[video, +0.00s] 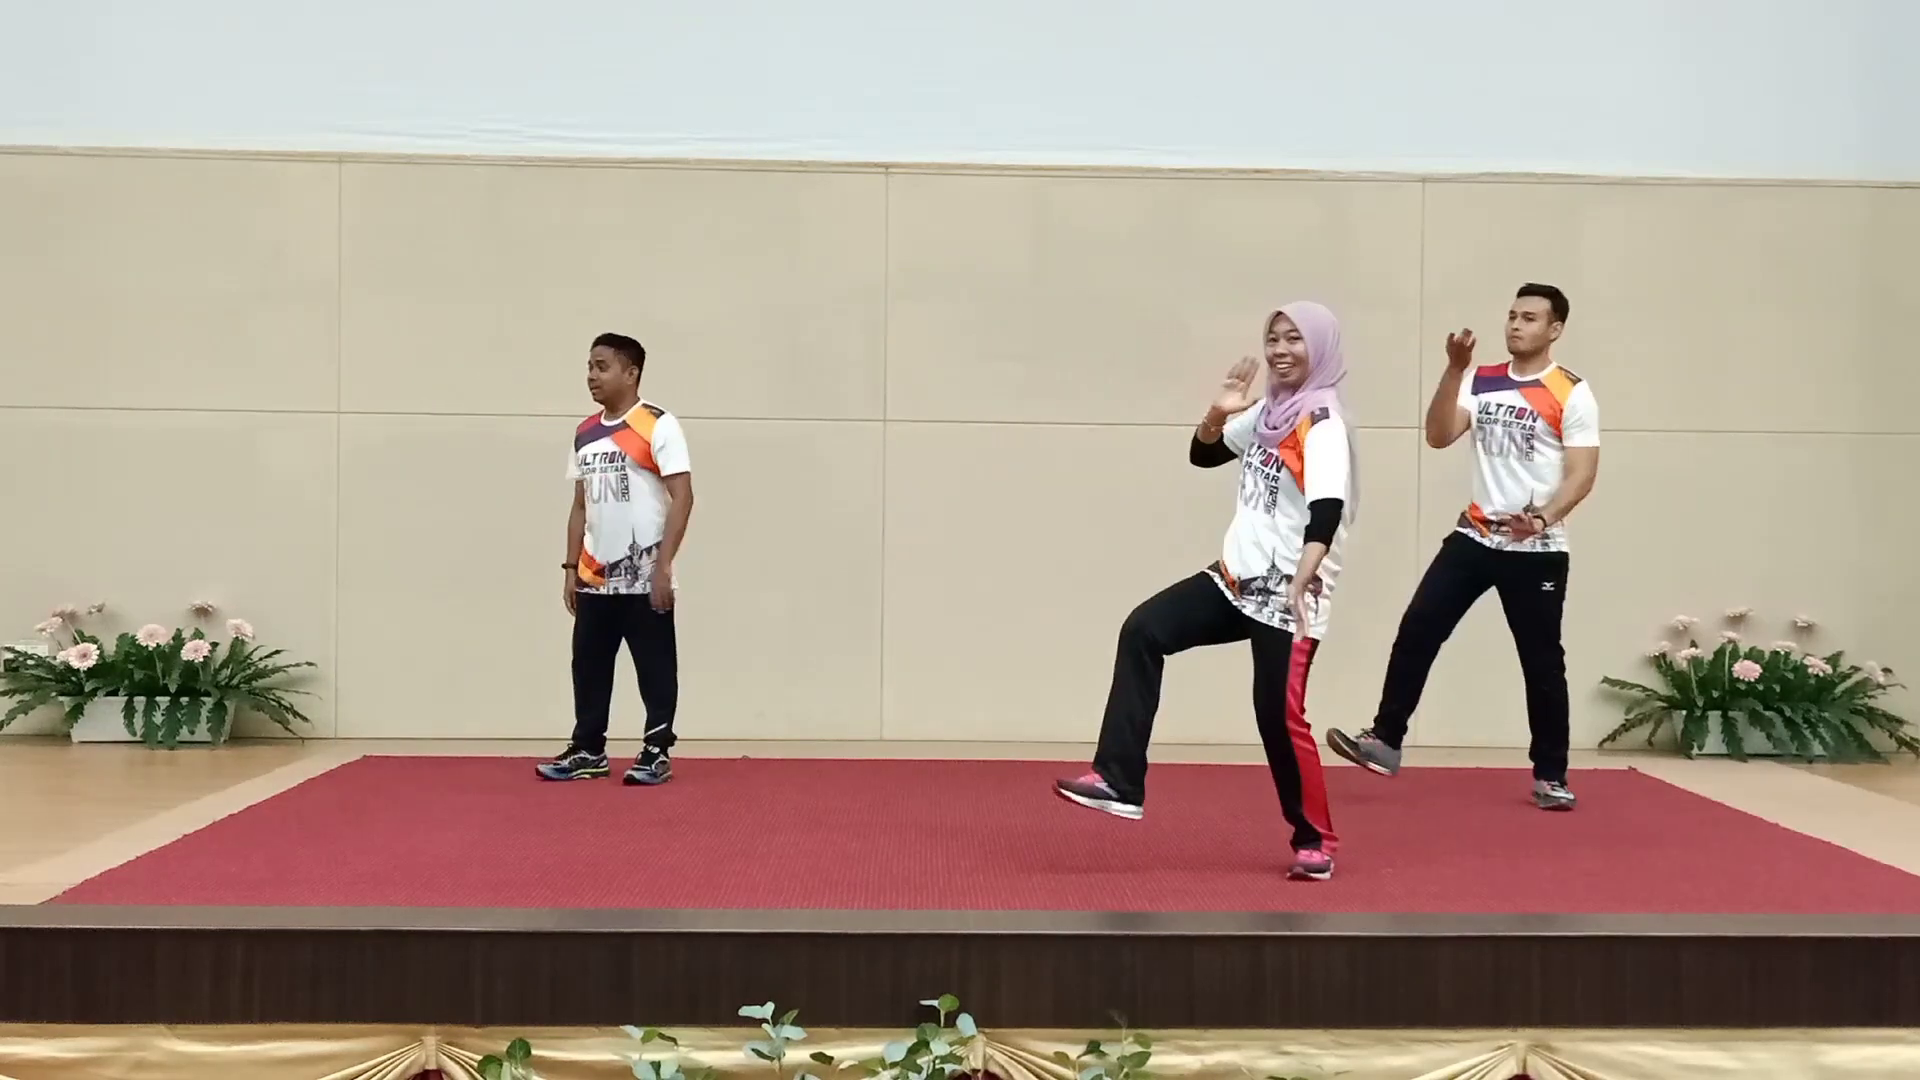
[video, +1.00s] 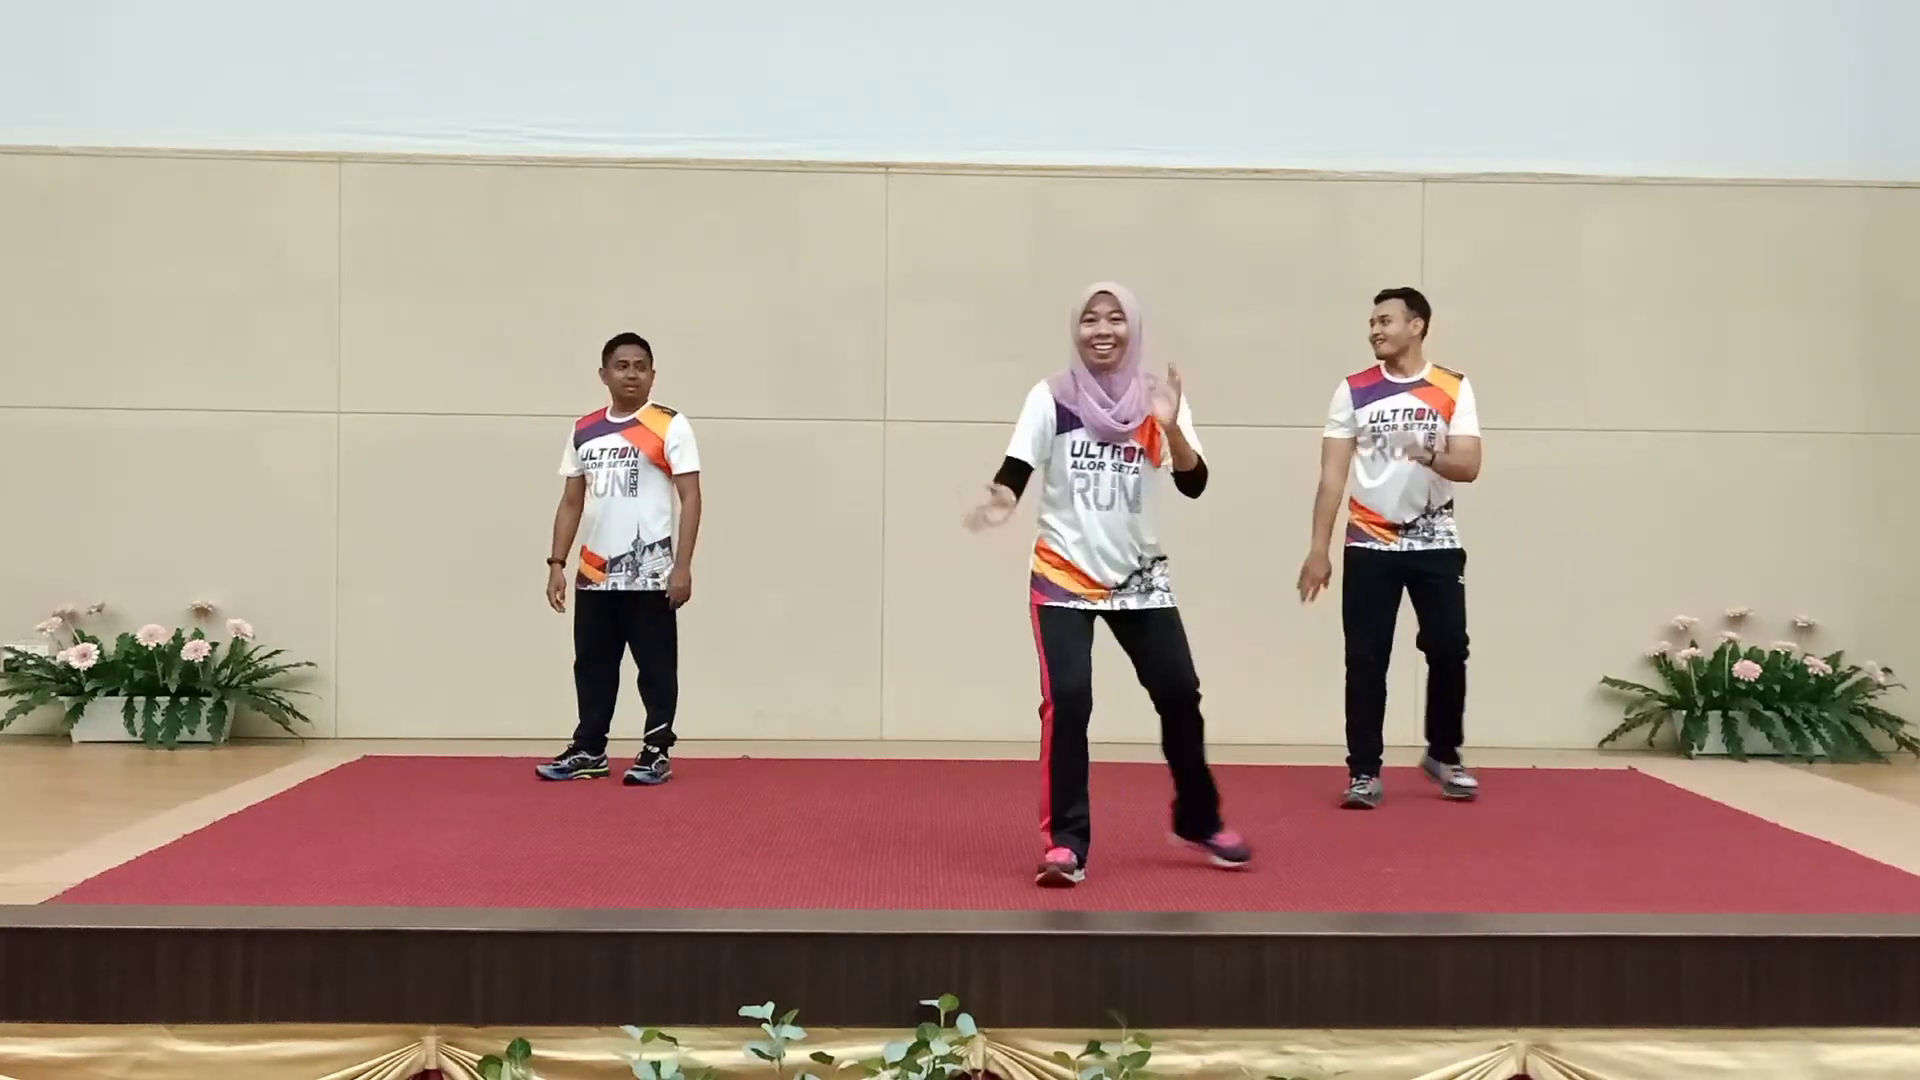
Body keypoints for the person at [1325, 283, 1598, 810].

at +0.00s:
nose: (1515, 325)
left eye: (1528, 319)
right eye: (1512, 317)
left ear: (1555, 330)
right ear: (1507, 324)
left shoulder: (1571, 395)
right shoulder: (1481, 380)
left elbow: (1581, 476)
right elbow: (1437, 436)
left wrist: (1543, 516)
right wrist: (1453, 371)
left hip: (1537, 551)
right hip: (1476, 538)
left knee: (1543, 665)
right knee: (1418, 629)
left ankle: (1550, 777)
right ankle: (1385, 741)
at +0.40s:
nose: (1507, 330)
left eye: (1519, 321)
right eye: (1504, 321)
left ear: (1549, 330)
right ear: (1501, 329)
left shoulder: (1571, 397)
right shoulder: (1485, 386)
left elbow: (1577, 477)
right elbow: (1440, 449)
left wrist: (1533, 471)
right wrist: (1465, 396)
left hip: (1531, 548)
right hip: (1469, 537)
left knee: (1538, 665)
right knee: (1418, 627)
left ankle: (1549, 778)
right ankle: (1397, 745)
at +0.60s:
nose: (1469, 330)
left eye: (1480, 322)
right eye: (1466, 323)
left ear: (1512, 329)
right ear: (1466, 330)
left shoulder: (1540, 391)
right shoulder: (1446, 388)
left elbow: (1550, 467)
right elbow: (1405, 461)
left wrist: (1516, 416)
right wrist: (1428, 432)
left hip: (1512, 547)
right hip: (1447, 541)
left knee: (1529, 664)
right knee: (1403, 640)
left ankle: (1548, 777)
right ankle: (1368, 753)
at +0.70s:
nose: (1453, 335)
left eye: (1466, 326)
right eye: (1450, 327)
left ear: (1497, 333)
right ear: (1448, 335)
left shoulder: (1524, 393)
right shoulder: (1427, 394)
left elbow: (1535, 469)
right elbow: (1393, 469)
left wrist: (1506, 411)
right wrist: (1412, 460)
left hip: (1501, 552)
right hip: (1434, 550)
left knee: (1523, 664)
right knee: (1400, 654)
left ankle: (1548, 777)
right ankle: (1371, 769)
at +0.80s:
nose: (1416, 335)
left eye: (1428, 327)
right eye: (1414, 327)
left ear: (1459, 334)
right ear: (1412, 336)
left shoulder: (1486, 396)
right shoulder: (1389, 397)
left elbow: (1503, 472)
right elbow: (1367, 467)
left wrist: (1479, 412)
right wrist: (1374, 518)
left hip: (1468, 553)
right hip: (1401, 549)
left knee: (1499, 663)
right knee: (1378, 659)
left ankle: (1541, 775)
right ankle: (1366, 774)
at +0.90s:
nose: (1400, 333)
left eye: (1411, 324)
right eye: (1396, 325)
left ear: (1442, 330)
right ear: (1395, 333)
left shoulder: (1474, 392)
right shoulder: (1376, 394)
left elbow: (1489, 472)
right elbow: (1353, 472)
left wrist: (1462, 419)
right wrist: (1356, 540)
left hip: (1453, 547)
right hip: (1388, 547)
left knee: (1486, 662)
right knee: (1375, 663)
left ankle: (1518, 772)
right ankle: (1365, 775)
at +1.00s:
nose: (1375, 328)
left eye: (1386, 320)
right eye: (1372, 322)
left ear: (1418, 327)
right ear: (1371, 331)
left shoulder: (1454, 390)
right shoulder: (1352, 392)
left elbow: (1468, 468)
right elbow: (1332, 475)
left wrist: (1433, 459)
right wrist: (1319, 550)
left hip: (1436, 544)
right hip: (1371, 545)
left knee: (1450, 649)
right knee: (1365, 659)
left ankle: (1443, 756)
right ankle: (1364, 772)